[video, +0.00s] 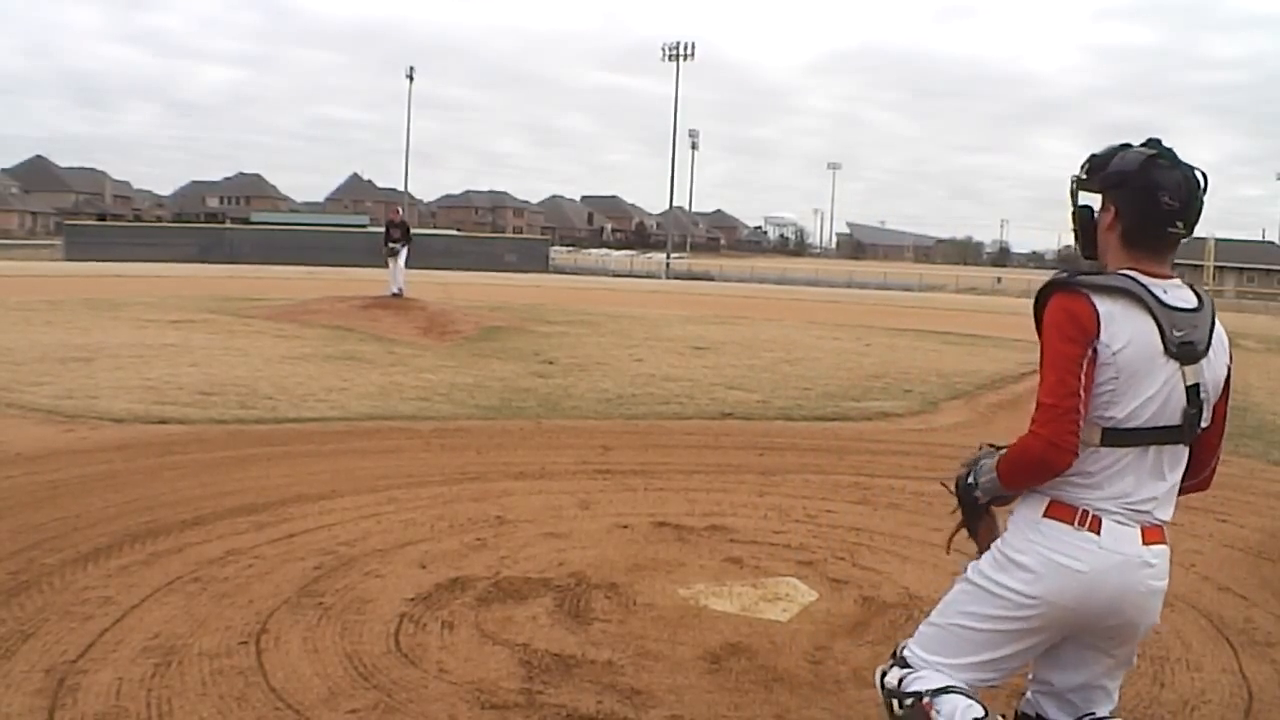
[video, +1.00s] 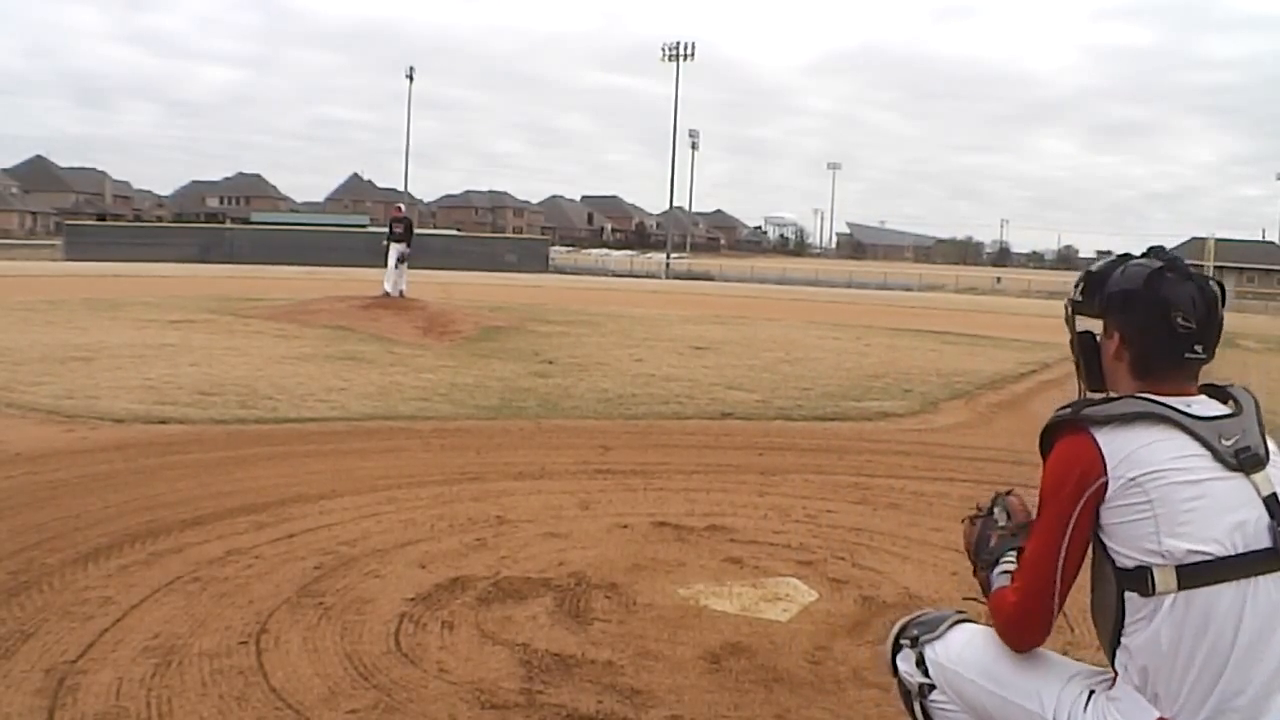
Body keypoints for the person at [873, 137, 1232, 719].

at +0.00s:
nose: (1091, 213)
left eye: (1097, 202)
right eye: (1094, 201)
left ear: (1112, 215)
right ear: (1177, 226)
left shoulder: (1080, 302)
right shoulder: (1212, 331)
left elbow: (1052, 446)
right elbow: (1198, 473)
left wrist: (983, 483)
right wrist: (1108, 473)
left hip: (1054, 544)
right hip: (1146, 558)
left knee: (918, 673)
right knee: (1069, 710)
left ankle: (966, 714)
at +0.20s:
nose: (1113, 233)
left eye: (1119, 221)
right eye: (1117, 219)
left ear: (1133, 234)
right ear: (1203, 247)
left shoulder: (1106, 325)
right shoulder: (1226, 339)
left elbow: (1037, 473)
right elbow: (1219, 485)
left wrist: (1022, 489)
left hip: (1078, 593)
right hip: (1166, 604)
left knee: (914, 692)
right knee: (1054, 713)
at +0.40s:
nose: (1122, 284)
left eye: (1127, 272)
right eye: (1126, 269)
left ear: (1141, 287)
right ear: (1214, 294)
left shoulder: (1127, 389)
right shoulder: (1240, 382)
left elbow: (1001, 522)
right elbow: (1249, 522)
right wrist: (1089, 517)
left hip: (1107, 671)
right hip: (1187, 674)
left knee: (895, 682)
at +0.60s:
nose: (1116, 303)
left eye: (1122, 290)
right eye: (1120, 289)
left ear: (1137, 306)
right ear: (1217, 314)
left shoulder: (1124, 408)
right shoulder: (1256, 391)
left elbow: (965, 513)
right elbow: (1271, 543)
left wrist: (1056, 484)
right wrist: (1097, 514)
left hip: (1131, 700)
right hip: (1220, 698)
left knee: (894, 665)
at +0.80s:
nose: (1099, 289)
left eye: (1105, 278)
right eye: (1104, 276)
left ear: (1121, 293)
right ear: (1198, 301)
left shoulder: (1100, 393)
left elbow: (980, 548)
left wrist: (1091, 488)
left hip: (1161, 701)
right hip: (1265, 694)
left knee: (908, 646)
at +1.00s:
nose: (1093, 344)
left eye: (1098, 330)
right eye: (1097, 329)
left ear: (1115, 343)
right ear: (1198, 345)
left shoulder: (1094, 441)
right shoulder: (1248, 423)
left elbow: (1022, 630)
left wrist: (999, 561)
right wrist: (1049, 529)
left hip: (1161, 711)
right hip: (1265, 705)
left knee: (926, 647)